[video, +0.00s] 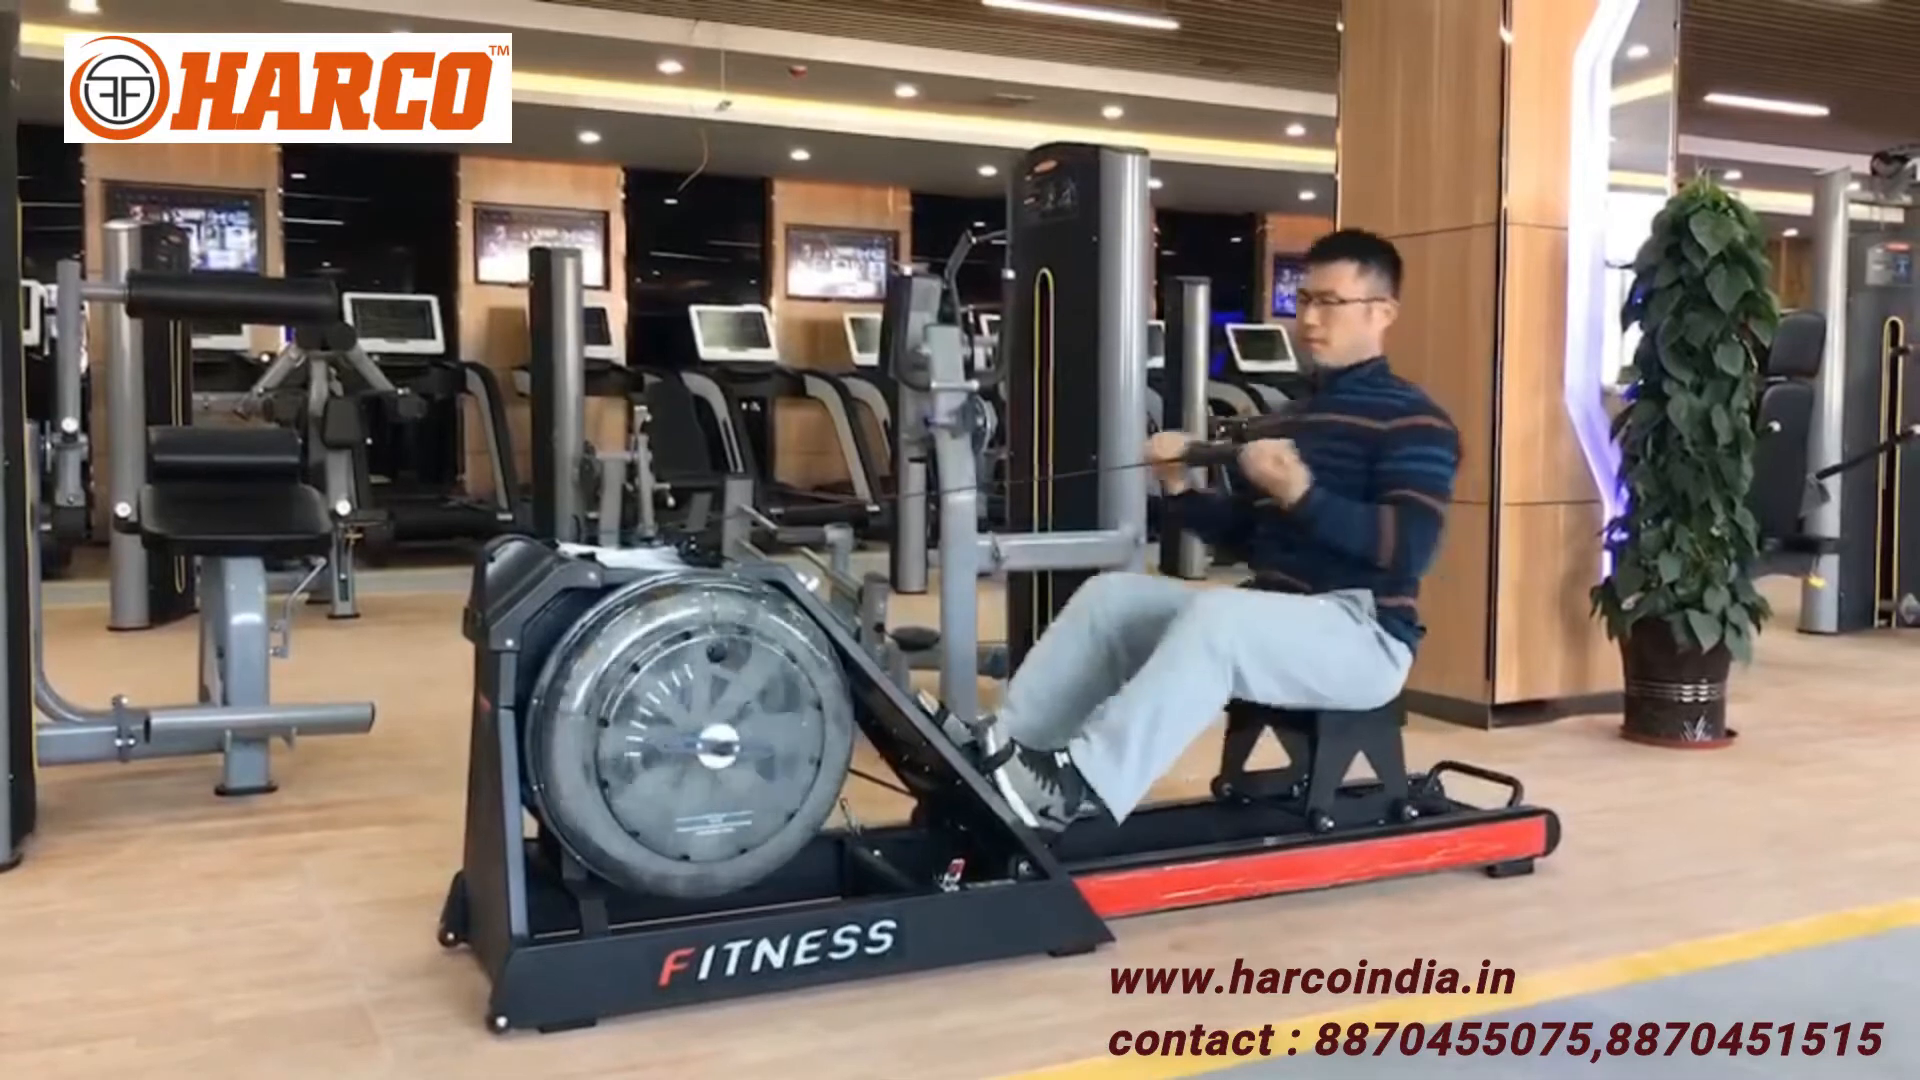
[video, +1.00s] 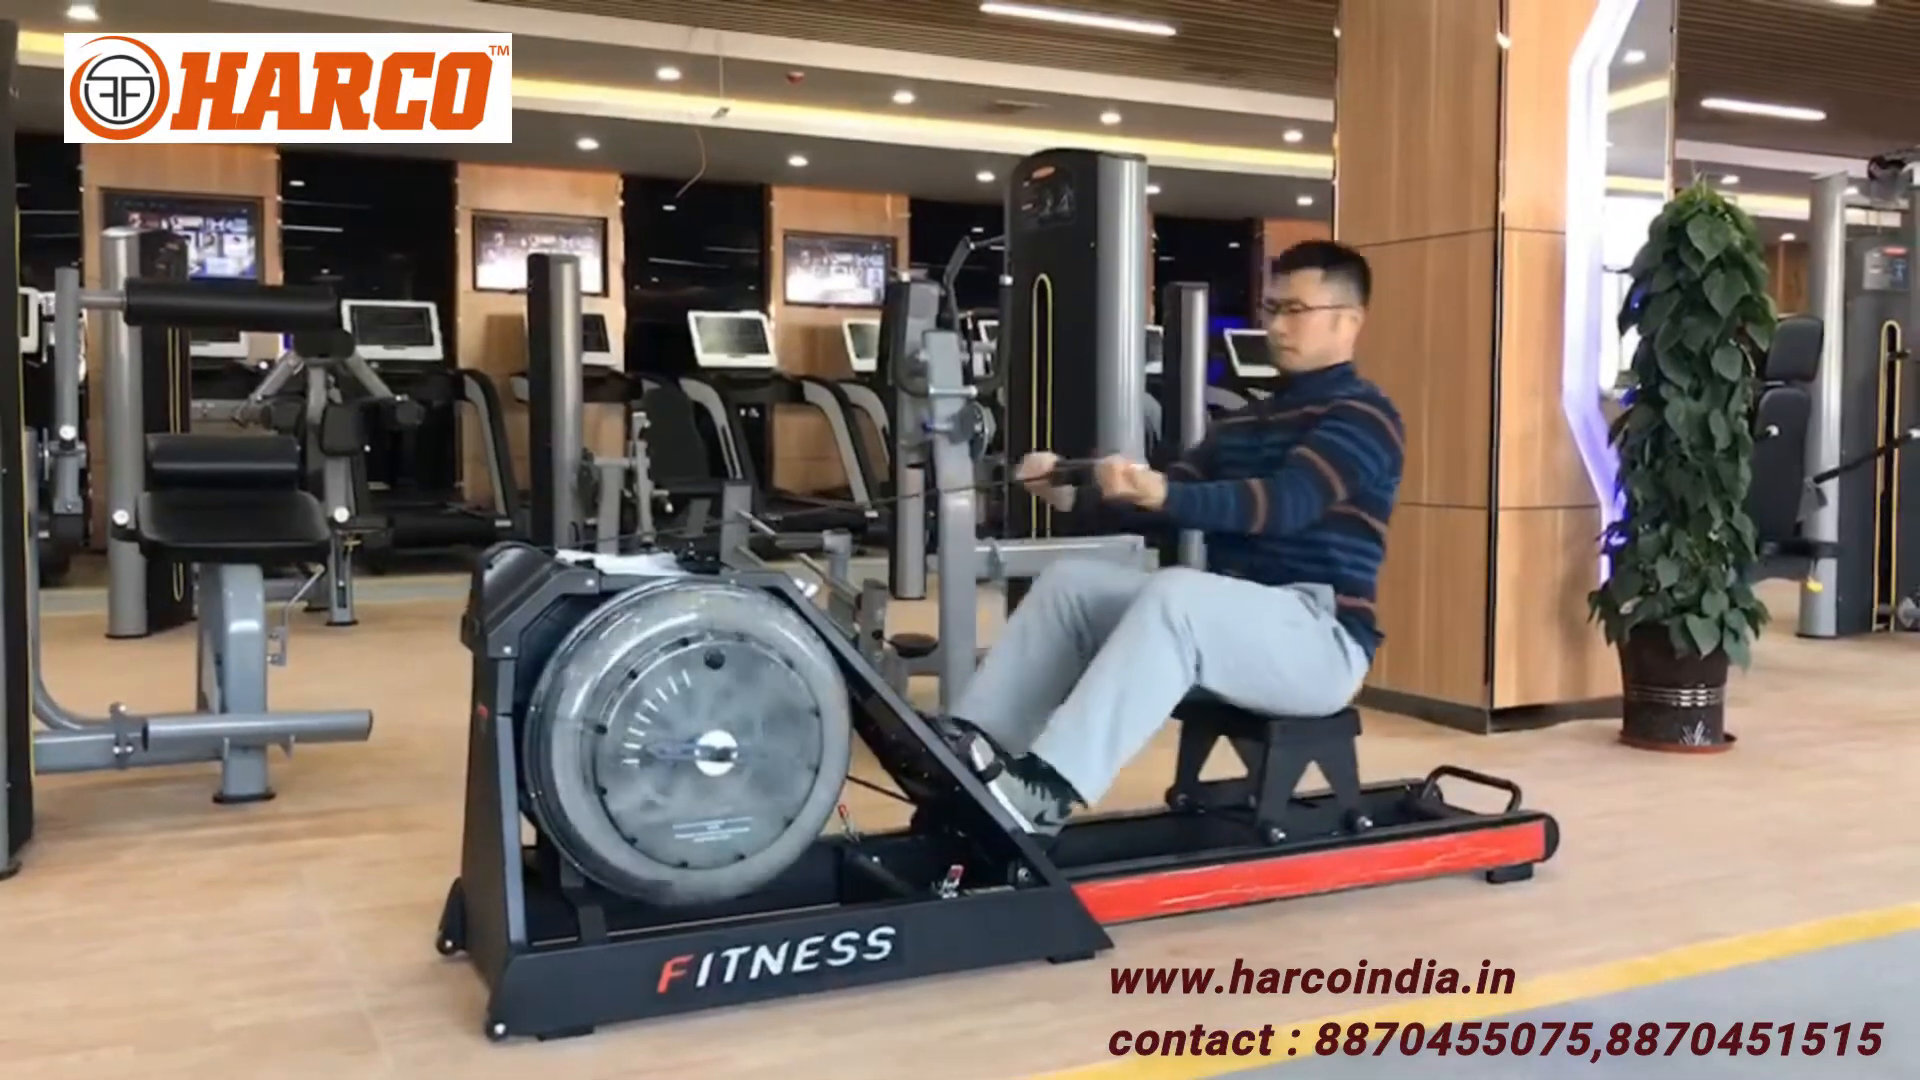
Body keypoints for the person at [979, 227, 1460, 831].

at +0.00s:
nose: (1307, 318)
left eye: (1328, 303)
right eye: (1303, 301)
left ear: (1381, 315)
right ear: (1294, 307)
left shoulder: (1416, 422)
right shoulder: (1294, 415)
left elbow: (1408, 547)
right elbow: (1246, 531)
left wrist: (1299, 495)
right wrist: (1173, 489)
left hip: (1363, 632)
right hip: (1270, 611)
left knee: (1214, 622)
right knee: (1110, 598)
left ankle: (1080, 786)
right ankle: (1001, 749)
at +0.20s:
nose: (1220, 307)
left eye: (1241, 292)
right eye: (1219, 291)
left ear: (1295, 309)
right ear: (1213, 300)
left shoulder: (1322, 416)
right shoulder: (1205, 414)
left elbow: (1264, 523)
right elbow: (1138, 504)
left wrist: (1141, 508)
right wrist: (1033, 488)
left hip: (1307, 638)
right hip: (1207, 613)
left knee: (1168, 588)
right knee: (1050, 578)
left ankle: (1058, 778)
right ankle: (973, 742)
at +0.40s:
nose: (1164, 301)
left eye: (1185, 287)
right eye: (1165, 286)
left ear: (1237, 307)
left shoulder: (1258, 404)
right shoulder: (1145, 408)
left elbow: (1158, 482)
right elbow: (1058, 474)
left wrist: (1031, 510)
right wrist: (933, 498)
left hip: (1255, 645)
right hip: (1156, 623)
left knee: (1123, 566)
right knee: (992, 556)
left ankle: (1040, 782)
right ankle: (972, 742)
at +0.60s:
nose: (1163, 300)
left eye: (1183, 288)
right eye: (1164, 286)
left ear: (1236, 307)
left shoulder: (1251, 406)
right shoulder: (1144, 407)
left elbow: (1143, 476)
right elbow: (1058, 470)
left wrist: (1019, 506)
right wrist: (931, 494)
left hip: (1245, 645)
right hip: (1155, 622)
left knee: (1109, 565)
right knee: (992, 557)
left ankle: (1039, 783)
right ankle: (966, 749)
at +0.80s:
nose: (1211, 306)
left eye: (1231, 293)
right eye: (1209, 292)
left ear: (1280, 313)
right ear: (1201, 303)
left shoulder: (1295, 408)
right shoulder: (1184, 409)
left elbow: (1196, 482)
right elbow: (1098, 474)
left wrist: (1074, 504)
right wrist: (976, 487)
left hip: (1270, 641)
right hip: (1178, 617)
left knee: (1133, 574)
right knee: (1026, 569)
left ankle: (1041, 785)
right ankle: (962, 755)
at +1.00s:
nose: (1275, 323)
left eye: (1295, 309)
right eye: (1272, 309)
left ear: (1350, 322)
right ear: (1266, 315)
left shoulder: (1365, 415)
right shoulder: (1246, 422)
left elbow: (1285, 502)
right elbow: (1175, 499)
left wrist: (1171, 496)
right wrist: (1071, 491)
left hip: (1322, 636)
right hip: (1231, 616)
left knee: (1175, 601)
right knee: (1071, 584)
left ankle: (1046, 788)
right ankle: (968, 749)